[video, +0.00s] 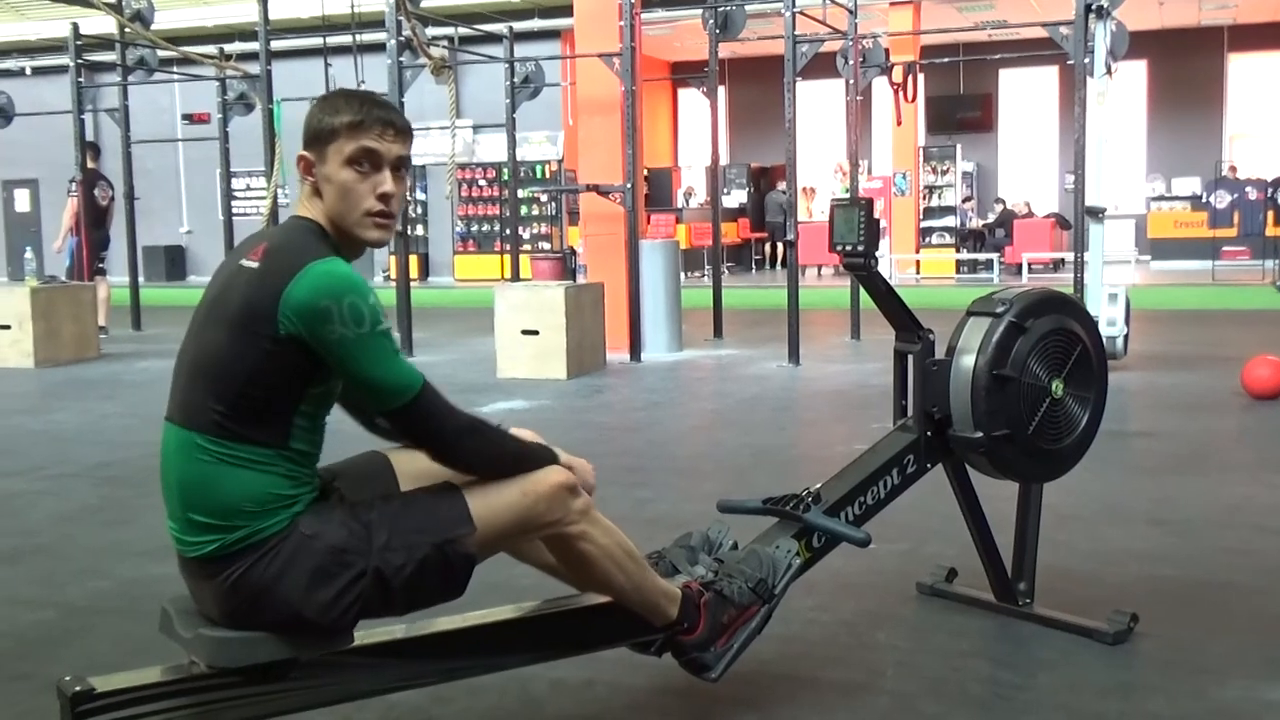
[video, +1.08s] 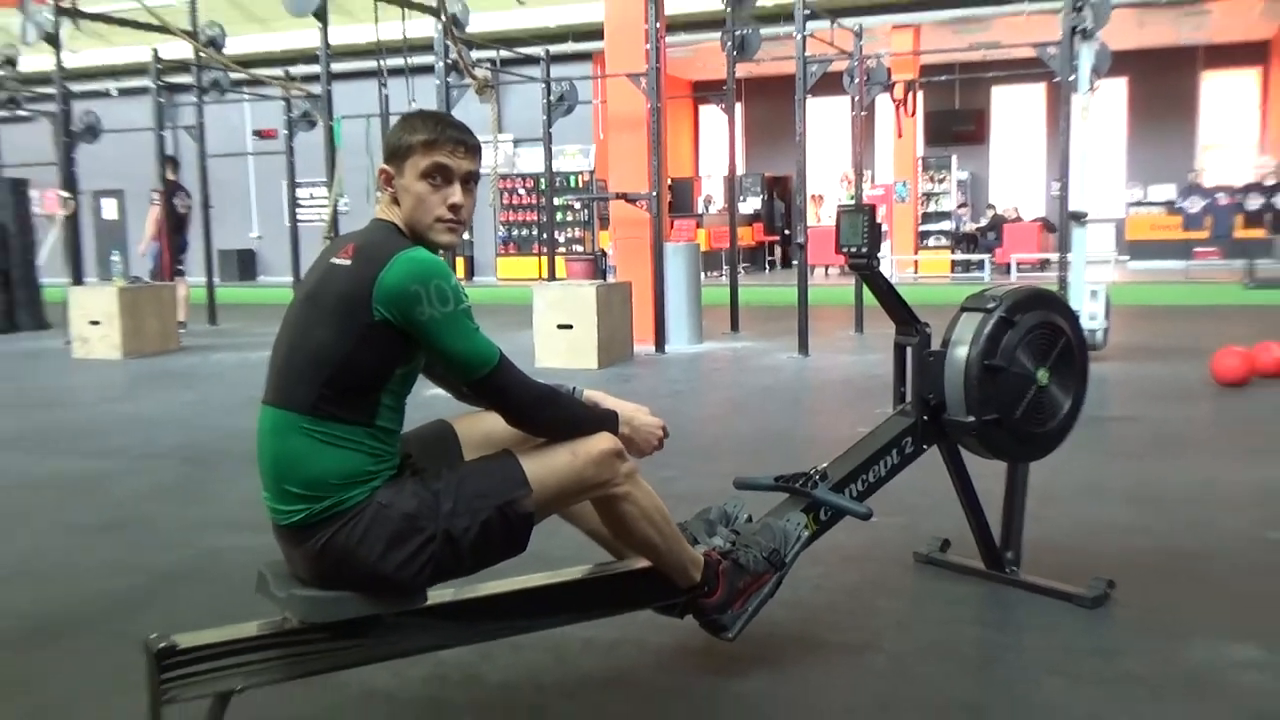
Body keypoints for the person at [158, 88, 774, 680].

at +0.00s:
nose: (389, 187)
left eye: (399, 170)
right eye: (365, 165)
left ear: (406, 177)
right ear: (310, 170)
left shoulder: (274, 253)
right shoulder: (322, 279)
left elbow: (388, 415)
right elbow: (440, 428)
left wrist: (518, 443)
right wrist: (551, 469)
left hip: (234, 534)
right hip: (269, 560)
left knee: (494, 455)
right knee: (543, 488)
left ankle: (636, 597)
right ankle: (682, 617)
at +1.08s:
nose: (459, 199)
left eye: (468, 183)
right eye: (438, 178)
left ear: (475, 190)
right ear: (388, 184)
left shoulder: (361, 253)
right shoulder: (410, 270)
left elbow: (482, 386)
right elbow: (519, 397)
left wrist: (600, 408)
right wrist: (620, 424)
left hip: (329, 496)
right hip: (354, 525)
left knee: (525, 422)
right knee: (600, 454)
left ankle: (657, 568)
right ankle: (706, 583)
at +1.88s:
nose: (513, 213)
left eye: (516, 196)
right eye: (508, 195)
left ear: (443, 187)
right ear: (464, 188)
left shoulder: (370, 253)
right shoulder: (439, 279)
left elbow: (464, 389)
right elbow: (532, 403)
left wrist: (580, 394)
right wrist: (613, 391)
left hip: (322, 506)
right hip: (366, 526)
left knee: (526, 421)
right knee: (600, 432)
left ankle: (651, 559)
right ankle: (713, 579)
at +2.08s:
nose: (479, 186)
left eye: (482, 166)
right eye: (473, 164)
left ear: (400, 152)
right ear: (417, 155)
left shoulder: (300, 238)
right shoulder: (394, 278)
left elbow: (423, 402)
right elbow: (490, 424)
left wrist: (566, 402)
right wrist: (591, 401)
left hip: (257, 542)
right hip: (311, 565)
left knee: (503, 443)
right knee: (579, 449)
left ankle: (660, 604)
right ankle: (729, 628)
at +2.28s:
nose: (431, 153)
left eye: (434, 129)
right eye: (425, 127)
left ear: (341, 121)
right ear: (359, 119)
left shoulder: (228, 225)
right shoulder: (335, 270)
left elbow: (375, 425)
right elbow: (459, 459)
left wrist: (550, 433)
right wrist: (583, 424)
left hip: (187, 598)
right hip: (249, 625)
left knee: (483, 469)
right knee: (571, 481)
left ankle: (671, 656)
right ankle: (739, 684)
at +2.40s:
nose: (407, 142)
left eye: (409, 115)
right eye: (398, 112)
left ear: (303, 104)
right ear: (327, 102)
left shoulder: (179, 222)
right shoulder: (303, 271)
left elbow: (342, 453)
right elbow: (441, 476)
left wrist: (539, 452)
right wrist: (574, 444)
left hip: (127, 621)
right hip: (200, 653)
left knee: (447, 506)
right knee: (566, 507)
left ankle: (654, 700)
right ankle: (735, 710)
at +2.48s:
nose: (389, 132)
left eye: (391, 104)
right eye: (380, 101)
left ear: (285, 96)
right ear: (302, 92)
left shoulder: (149, 214)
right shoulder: (279, 273)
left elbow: (316, 465)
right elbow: (422, 494)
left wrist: (516, 468)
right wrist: (571, 453)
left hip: (90, 627)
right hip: (156, 672)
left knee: (449, 524)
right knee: (551, 526)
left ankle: (644, 705)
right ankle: (726, 708)